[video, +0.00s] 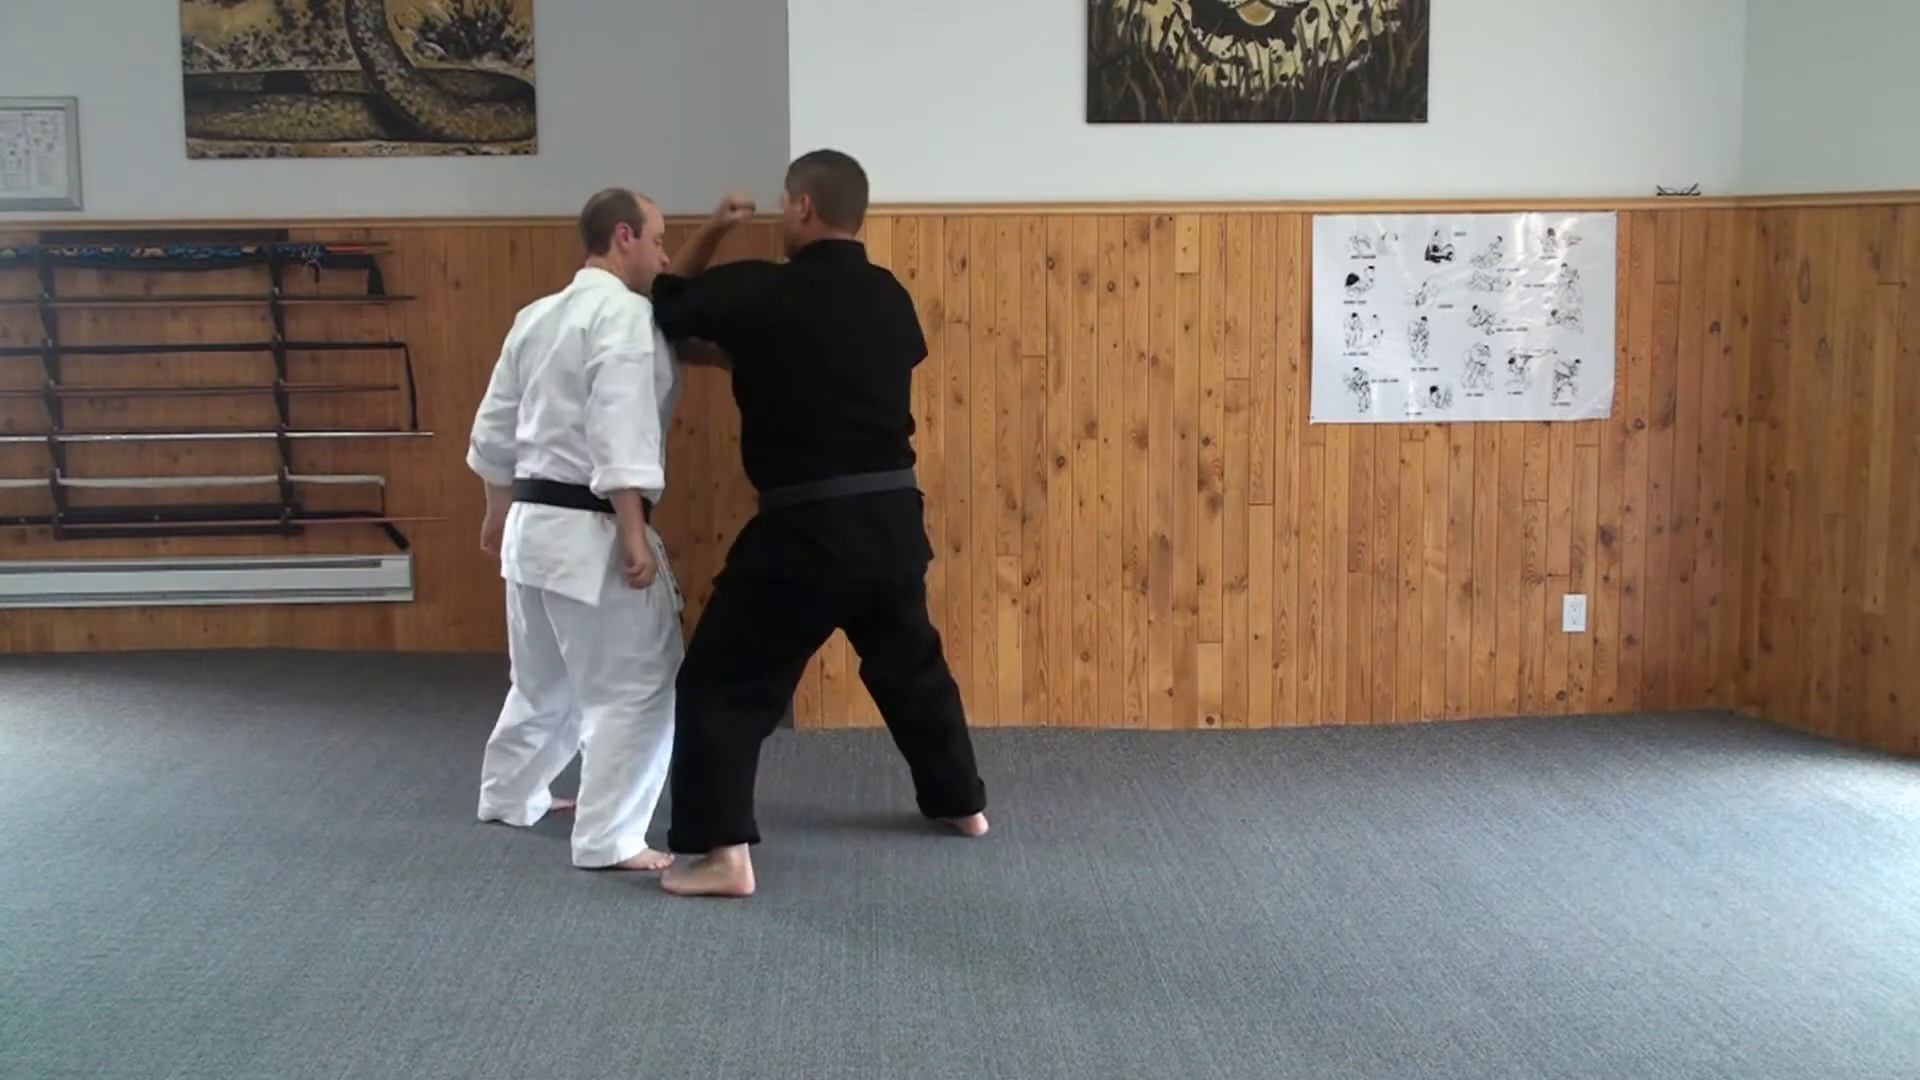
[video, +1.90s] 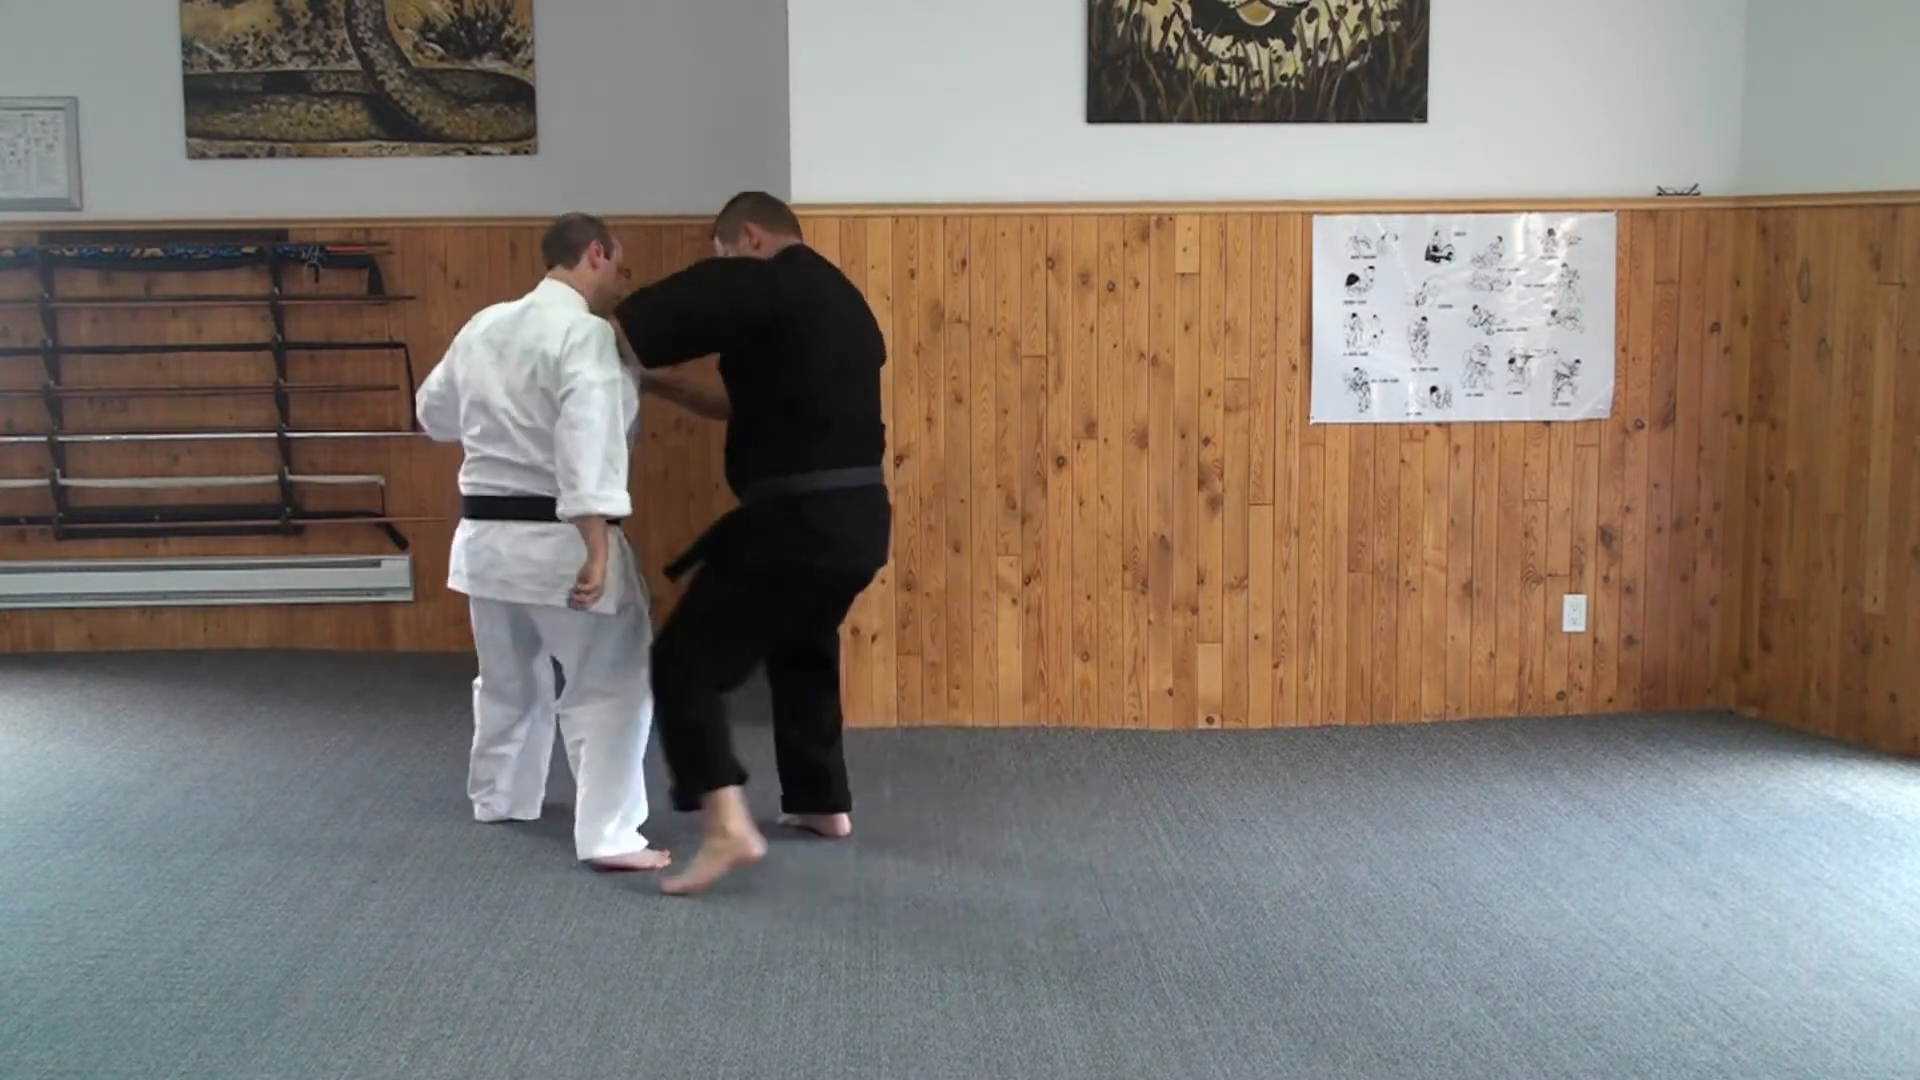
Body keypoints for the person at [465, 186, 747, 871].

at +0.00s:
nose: (664, 253)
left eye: (664, 239)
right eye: (658, 239)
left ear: (598, 243)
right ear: (624, 240)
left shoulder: (536, 315)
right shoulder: (626, 316)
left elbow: (494, 427)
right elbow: (620, 426)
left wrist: (497, 505)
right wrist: (634, 529)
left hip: (529, 527)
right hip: (595, 530)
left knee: (543, 683)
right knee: (640, 685)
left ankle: (510, 798)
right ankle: (611, 840)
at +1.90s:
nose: (618, 281)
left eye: (617, 267)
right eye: (616, 266)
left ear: (554, 262)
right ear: (593, 258)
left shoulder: (485, 325)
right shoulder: (586, 333)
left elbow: (434, 412)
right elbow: (586, 446)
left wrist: (503, 413)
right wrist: (598, 550)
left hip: (485, 541)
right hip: (564, 541)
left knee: (504, 677)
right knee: (610, 687)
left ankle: (501, 797)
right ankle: (610, 835)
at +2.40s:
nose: (556, 295)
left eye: (554, 285)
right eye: (557, 285)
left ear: (495, 282)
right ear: (545, 280)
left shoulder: (434, 357)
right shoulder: (556, 344)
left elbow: (405, 460)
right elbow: (583, 448)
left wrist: (463, 494)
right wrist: (616, 541)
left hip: (462, 559)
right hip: (554, 553)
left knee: (461, 679)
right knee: (601, 690)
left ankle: (442, 809)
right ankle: (610, 843)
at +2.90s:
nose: (540, 303)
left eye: (538, 294)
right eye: (542, 293)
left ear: (477, 287)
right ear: (530, 286)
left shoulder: (418, 355)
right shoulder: (539, 338)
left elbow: (389, 471)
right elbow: (559, 443)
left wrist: (417, 545)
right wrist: (581, 541)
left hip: (450, 560)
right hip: (538, 551)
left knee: (454, 680)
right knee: (592, 688)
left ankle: (444, 811)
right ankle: (608, 844)